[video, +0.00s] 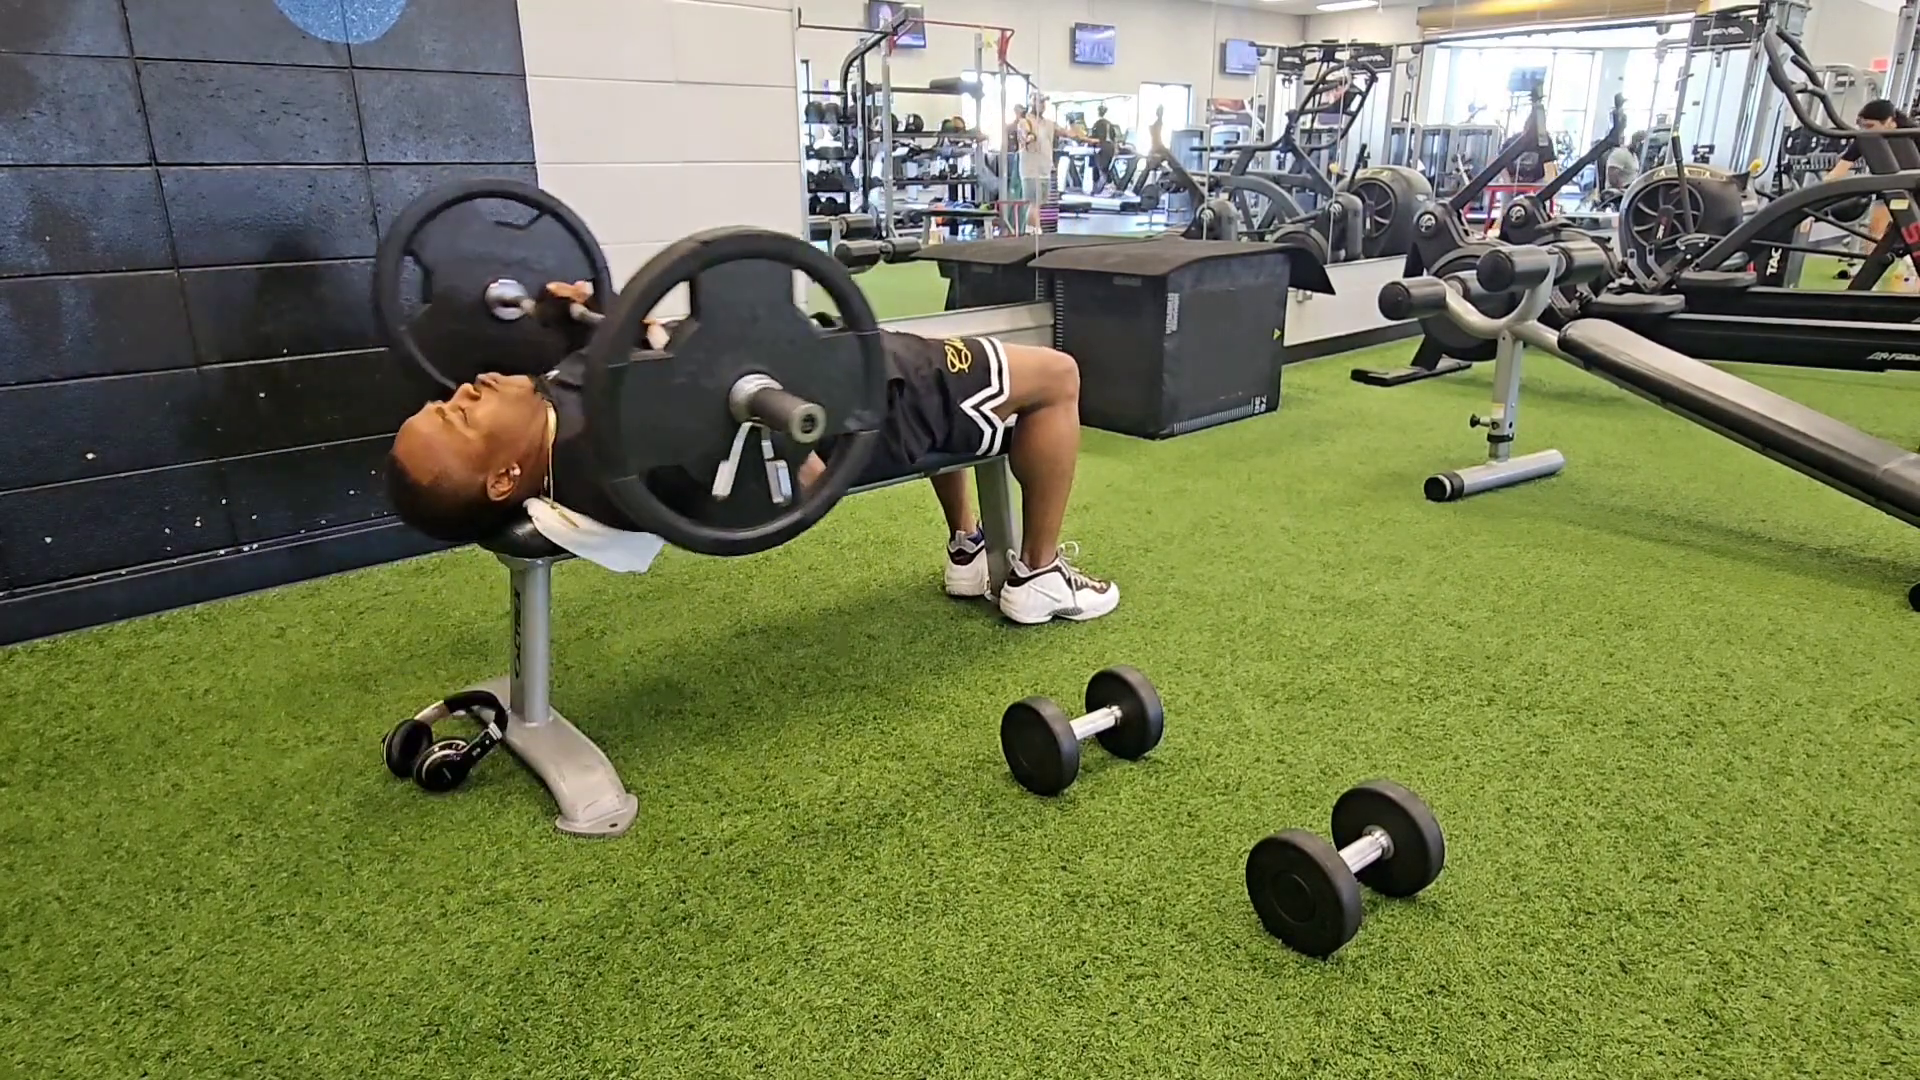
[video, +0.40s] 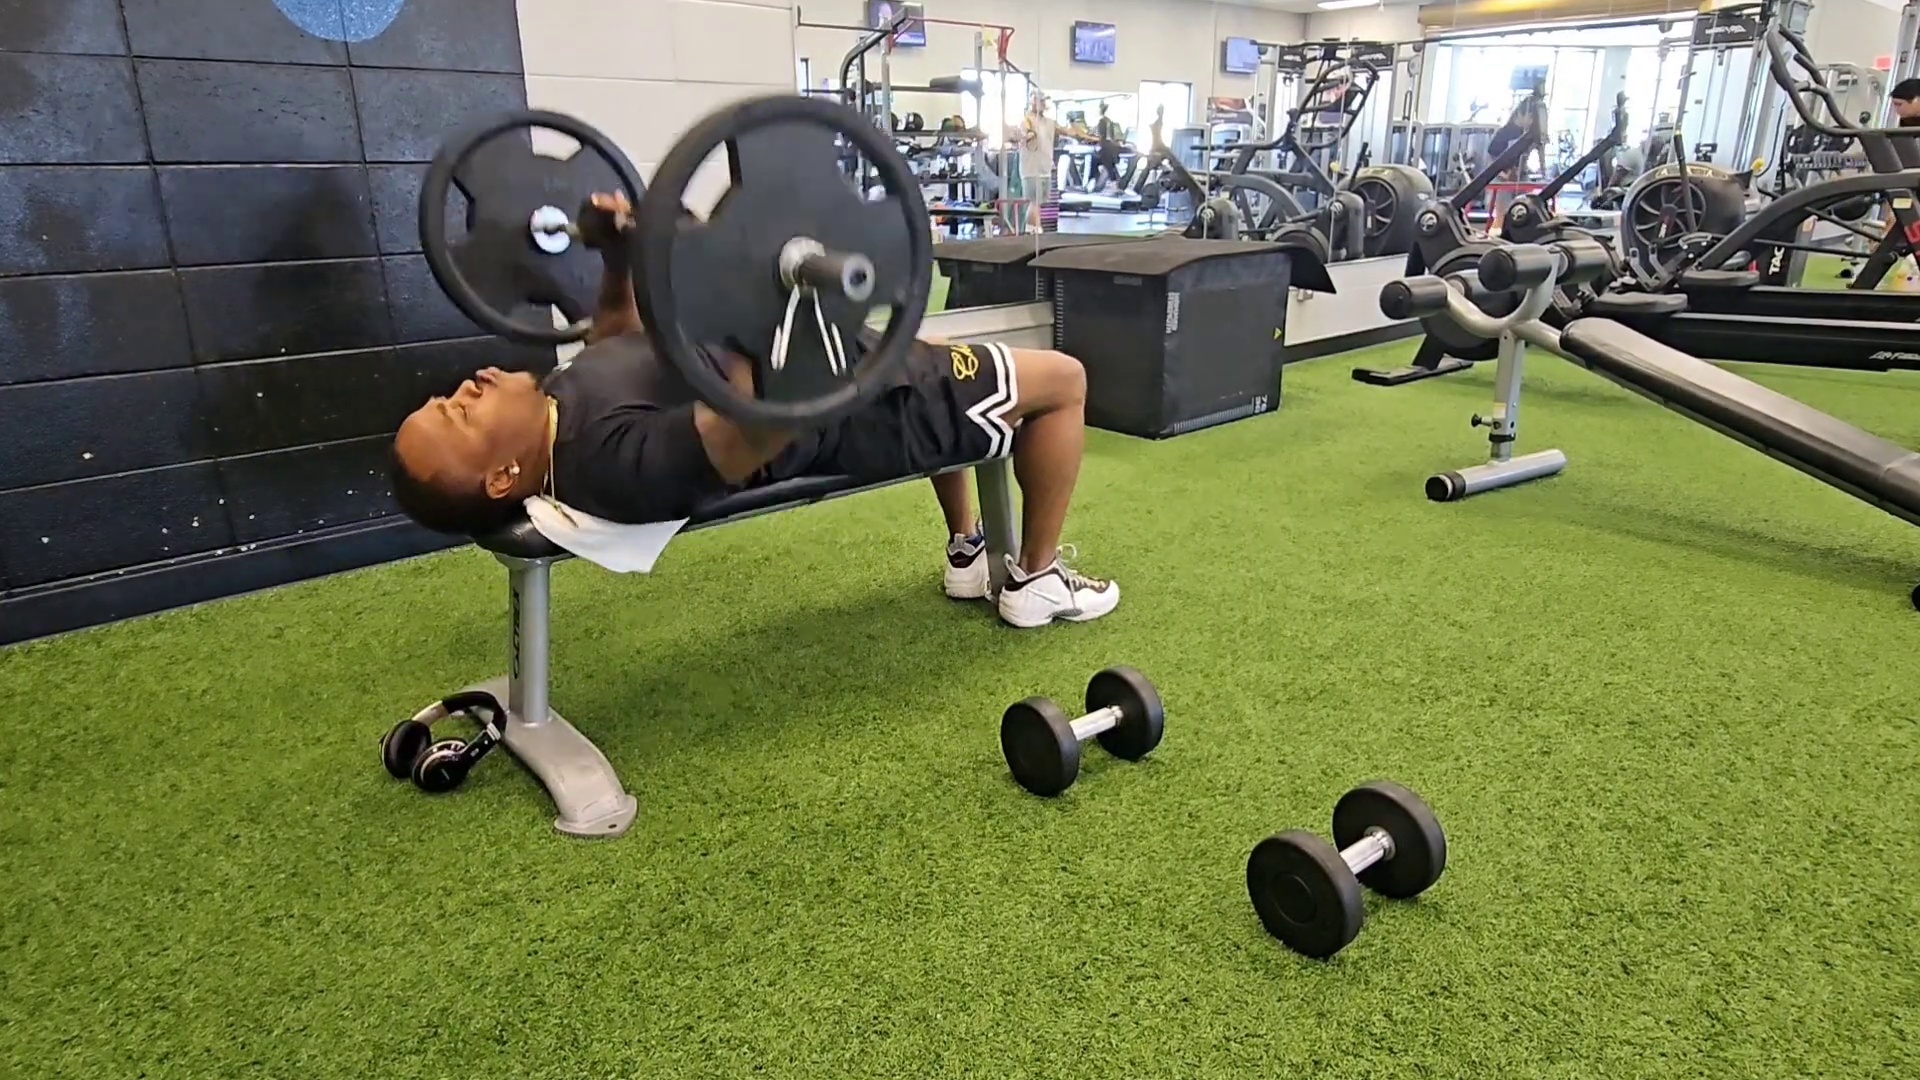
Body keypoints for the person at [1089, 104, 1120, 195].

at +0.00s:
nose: (1100, 112)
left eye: (1100, 110)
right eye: (1100, 110)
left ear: (1098, 111)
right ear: (1105, 112)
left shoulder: (1097, 124)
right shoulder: (1109, 124)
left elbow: (1094, 136)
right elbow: (1113, 136)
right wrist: (1114, 144)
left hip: (1101, 145)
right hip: (1110, 145)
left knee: (1101, 167)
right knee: (1106, 167)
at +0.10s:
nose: (1100, 110)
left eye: (1100, 109)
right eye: (1101, 109)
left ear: (1100, 110)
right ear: (1106, 110)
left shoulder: (1098, 122)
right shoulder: (1109, 123)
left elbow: (1094, 135)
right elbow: (1113, 135)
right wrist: (1115, 145)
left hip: (1100, 145)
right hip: (1110, 145)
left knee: (1098, 166)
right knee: (1104, 166)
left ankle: (1098, 188)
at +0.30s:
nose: (1103, 106)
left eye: (1104, 104)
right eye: (1102, 104)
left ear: (1103, 106)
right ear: (1106, 106)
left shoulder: (1103, 118)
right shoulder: (1109, 119)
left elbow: (1101, 133)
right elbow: (1112, 133)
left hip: (1108, 145)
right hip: (1114, 145)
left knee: (1107, 166)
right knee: (1093, 159)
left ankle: (1108, 188)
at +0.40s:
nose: (1098, 111)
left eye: (1099, 109)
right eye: (1099, 109)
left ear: (1101, 109)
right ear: (1105, 109)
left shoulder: (1102, 121)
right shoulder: (1109, 121)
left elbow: (1101, 135)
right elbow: (1113, 134)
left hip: (1106, 145)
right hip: (1113, 144)